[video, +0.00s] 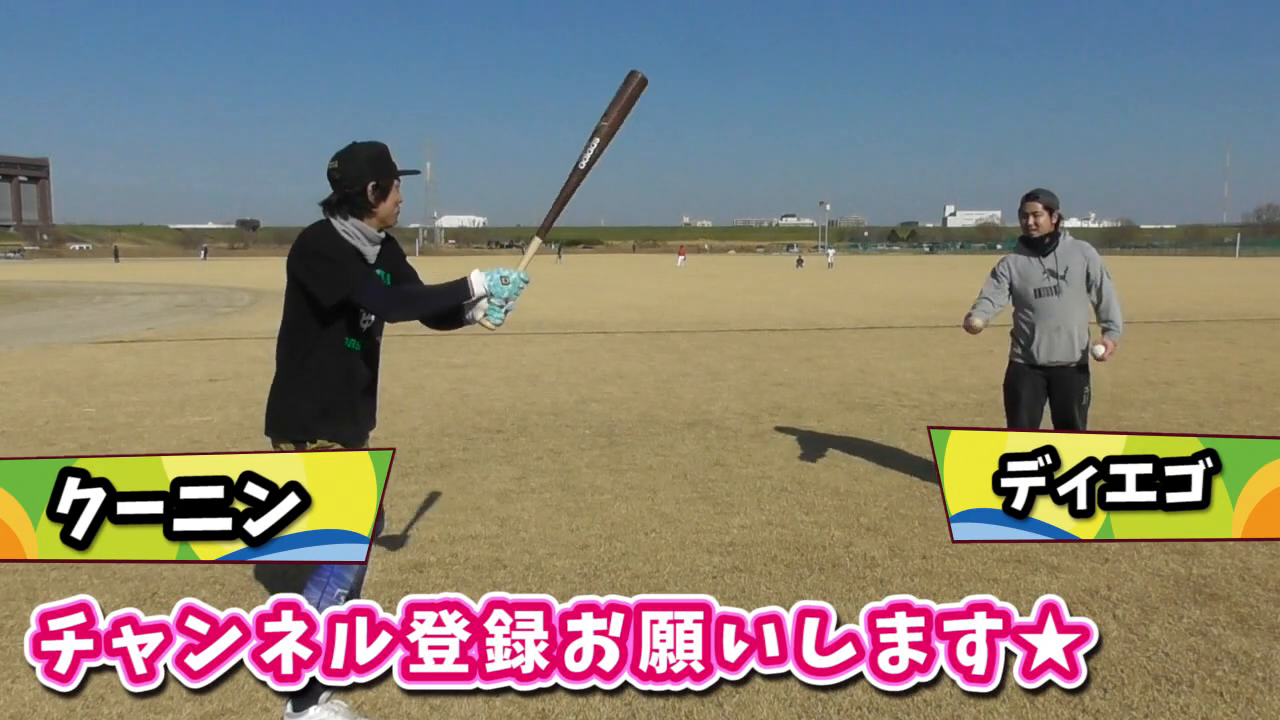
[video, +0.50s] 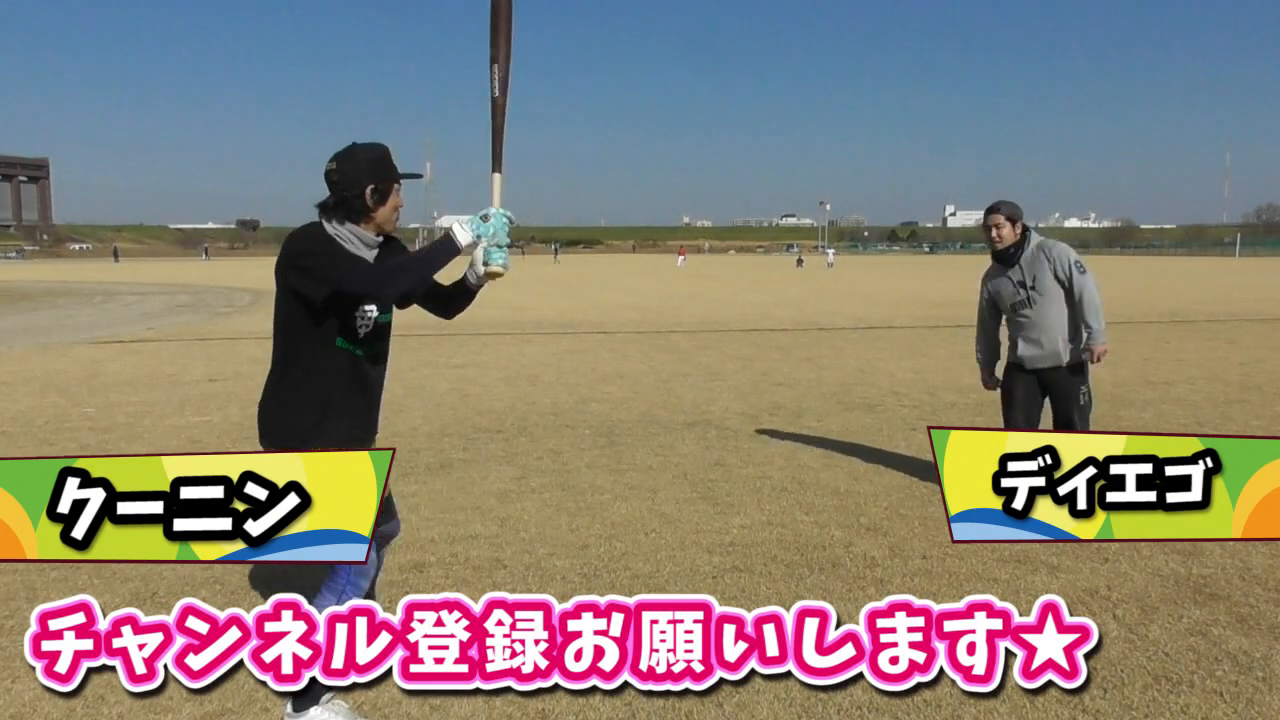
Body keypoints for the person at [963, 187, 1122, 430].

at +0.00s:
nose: (1029, 222)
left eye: (1036, 215)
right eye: (1024, 216)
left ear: (1054, 217)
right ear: (1019, 220)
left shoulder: (1082, 253)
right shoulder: (1012, 263)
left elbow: (1105, 295)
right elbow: (993, 295)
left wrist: (1110, 334)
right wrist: (977, 316)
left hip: (1071, 363)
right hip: (1026, 364)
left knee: (1072, 440)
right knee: (1020, 438)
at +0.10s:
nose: (1023, 223)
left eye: (1030, 216)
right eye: (1018, 217)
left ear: (1048, 218)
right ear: (1013, 221)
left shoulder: (1077, 252)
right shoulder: (1008, 264)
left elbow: (1101, 293)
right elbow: (988, 293)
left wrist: (1107, 333)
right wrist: (971, 313)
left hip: (1070, 363)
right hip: (1025, 364)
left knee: (1073, 441)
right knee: (1020, 438)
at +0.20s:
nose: (1015, 224)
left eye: (1022, 218)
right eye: (1010, 218)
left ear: (1040, 220)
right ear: (1005, 222)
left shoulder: (1071, 251)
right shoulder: (1003, 267)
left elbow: (1096, 291)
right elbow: (983, 298)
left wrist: (1104, 332)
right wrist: (966, 320)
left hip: (1069, 363)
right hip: (1024, 365)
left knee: (1074, 440)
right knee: (1020, 438)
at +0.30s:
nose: (1007, 228)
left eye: (1013, 220)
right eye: (1002, 222)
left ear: (1031, 222)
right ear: (997, 225)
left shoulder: (1066, 251)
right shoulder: (997, 272)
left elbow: (1093, 291)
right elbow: (979, 310)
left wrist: (1101, 334)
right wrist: (962, 342)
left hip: (1069, 364)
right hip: (1023, 367)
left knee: (1075, 442)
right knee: (1019, 440)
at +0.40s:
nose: (998, 231)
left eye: (1005, 224)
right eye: (994, 226)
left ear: (1023, 226)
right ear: (990, 229)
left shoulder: (1060, 251)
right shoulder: (994, 278)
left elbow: (1089, 289)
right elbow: (981, 323)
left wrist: (1099, 334)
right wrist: (972, 360)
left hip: (1068, 364)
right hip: (1023, 368)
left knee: (1075, 442)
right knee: (1018, 440)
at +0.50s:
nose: (993, 234)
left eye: (999, 227)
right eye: (988, 229)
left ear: (1017, 227)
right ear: (985, 232)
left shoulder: (1055, 253)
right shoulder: (993, 278)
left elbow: (1086, 290)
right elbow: (987, 327)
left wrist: (1095, 336)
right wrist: (987, 366)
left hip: (1066, 364)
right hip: (1022, 368)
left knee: (1073, 440)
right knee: (1017, 438)